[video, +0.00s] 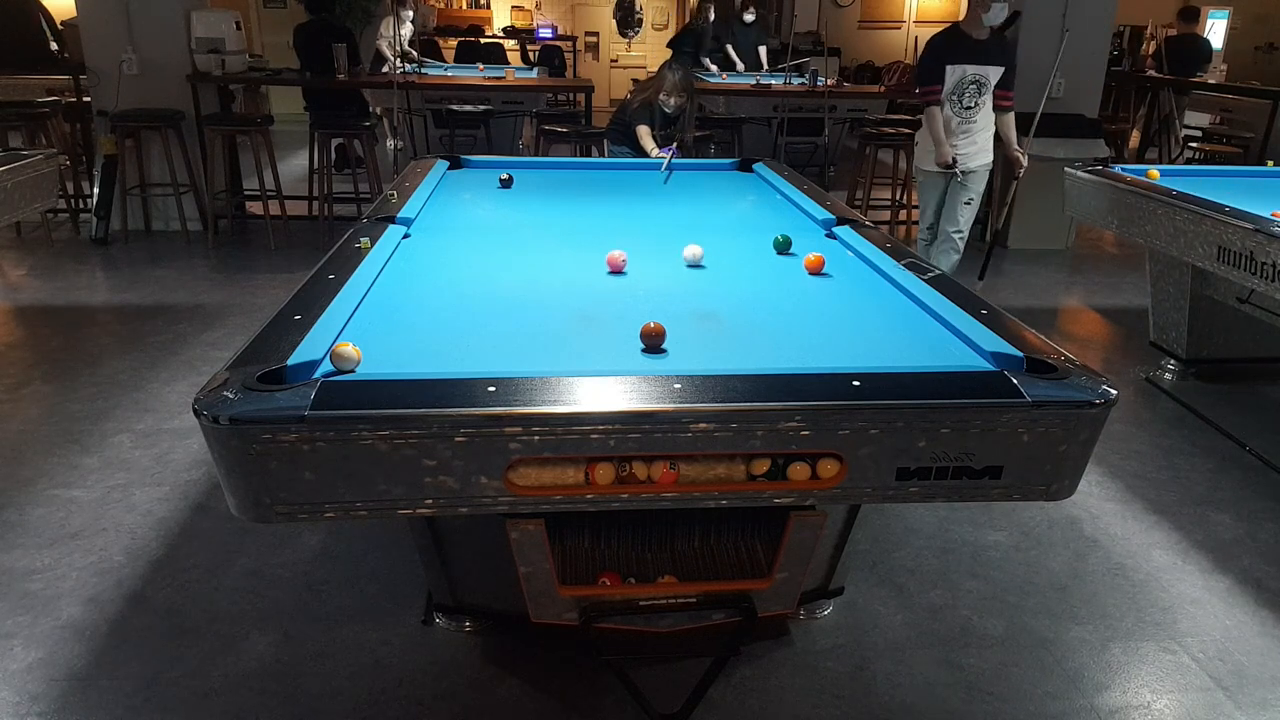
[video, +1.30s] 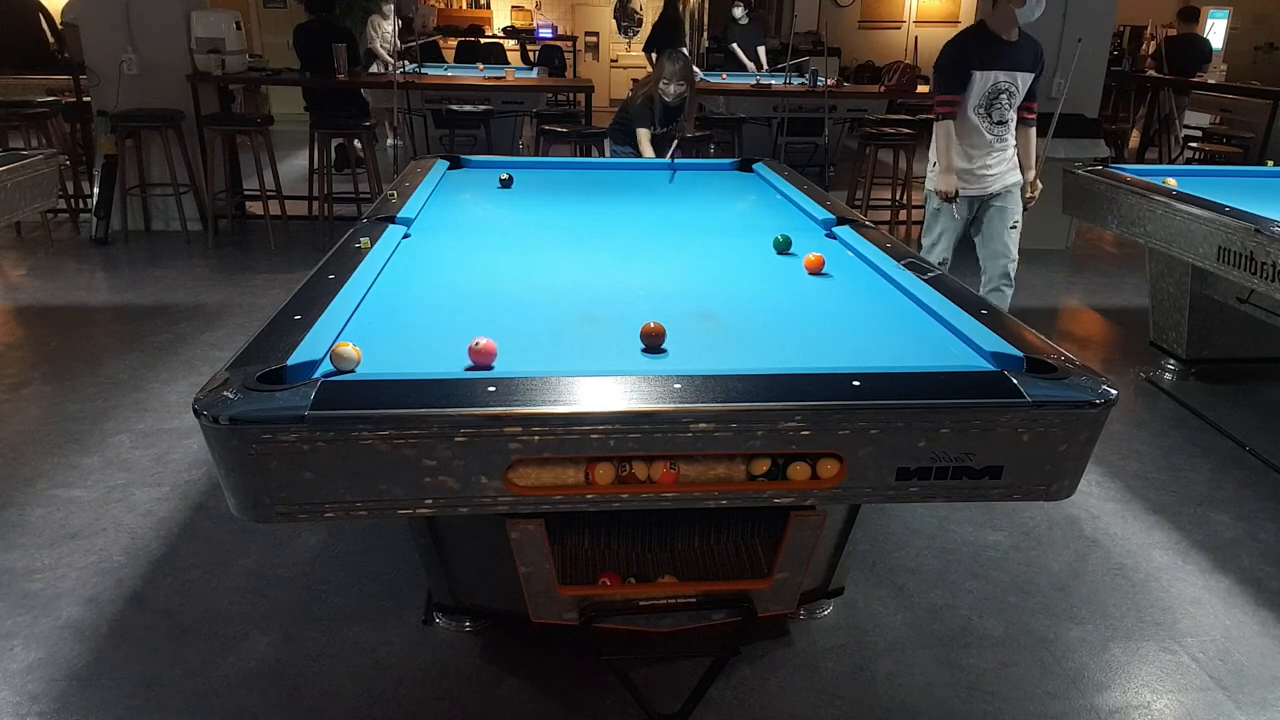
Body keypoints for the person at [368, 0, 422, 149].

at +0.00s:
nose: (409, 14)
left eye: (410, 10)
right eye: (405, 11)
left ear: (413, 11)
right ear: (398, 10)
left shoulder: (409, 27)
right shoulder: (389, 21)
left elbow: (403, 45)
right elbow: (380, 43)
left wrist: (412, 52)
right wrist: (392, 60)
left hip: (398, 66)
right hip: (382, 67)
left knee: (396, 104)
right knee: (385, 106)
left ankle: (395, 136)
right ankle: (390, 138)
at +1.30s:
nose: (390, 7)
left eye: (392, 4)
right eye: (386, 4)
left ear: (394, 5)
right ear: (380, 6)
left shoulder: (397, 21)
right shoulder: (374, 20)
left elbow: (396, 41)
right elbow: (374, 45)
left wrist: (401, 47)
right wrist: (391, 61)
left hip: (392, 61)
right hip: (377, 62)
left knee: (392, 100)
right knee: (380, 101)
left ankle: (394, 135)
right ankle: (389, 136)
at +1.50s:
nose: (378, 6)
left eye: (379, 3)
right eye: (374, 3)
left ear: (381, 5)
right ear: (367, 6)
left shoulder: (383, 21)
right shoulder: (361, 21)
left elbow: (381, 41)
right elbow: (362, 47)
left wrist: (392, 49)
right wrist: (380, 61)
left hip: (381, 64)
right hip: (367, 65)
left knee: (386, 102)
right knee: (375, 103)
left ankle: (390, 136)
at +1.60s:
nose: (366, 7)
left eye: (368, 4)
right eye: (362, 4)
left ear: (371, 6)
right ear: (355, 5)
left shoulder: (372, 23)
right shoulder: (351, 23)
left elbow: (370, 43)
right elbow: (355, 52)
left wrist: (378, 47)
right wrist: (373, 65)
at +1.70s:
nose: (355, 9)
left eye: (357, 6)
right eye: (351, 6)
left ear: (360, 7)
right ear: (344, 7)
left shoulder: (361, 25)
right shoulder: (338, 26)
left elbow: (359, 44)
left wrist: (366, 48)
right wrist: (363, 67)